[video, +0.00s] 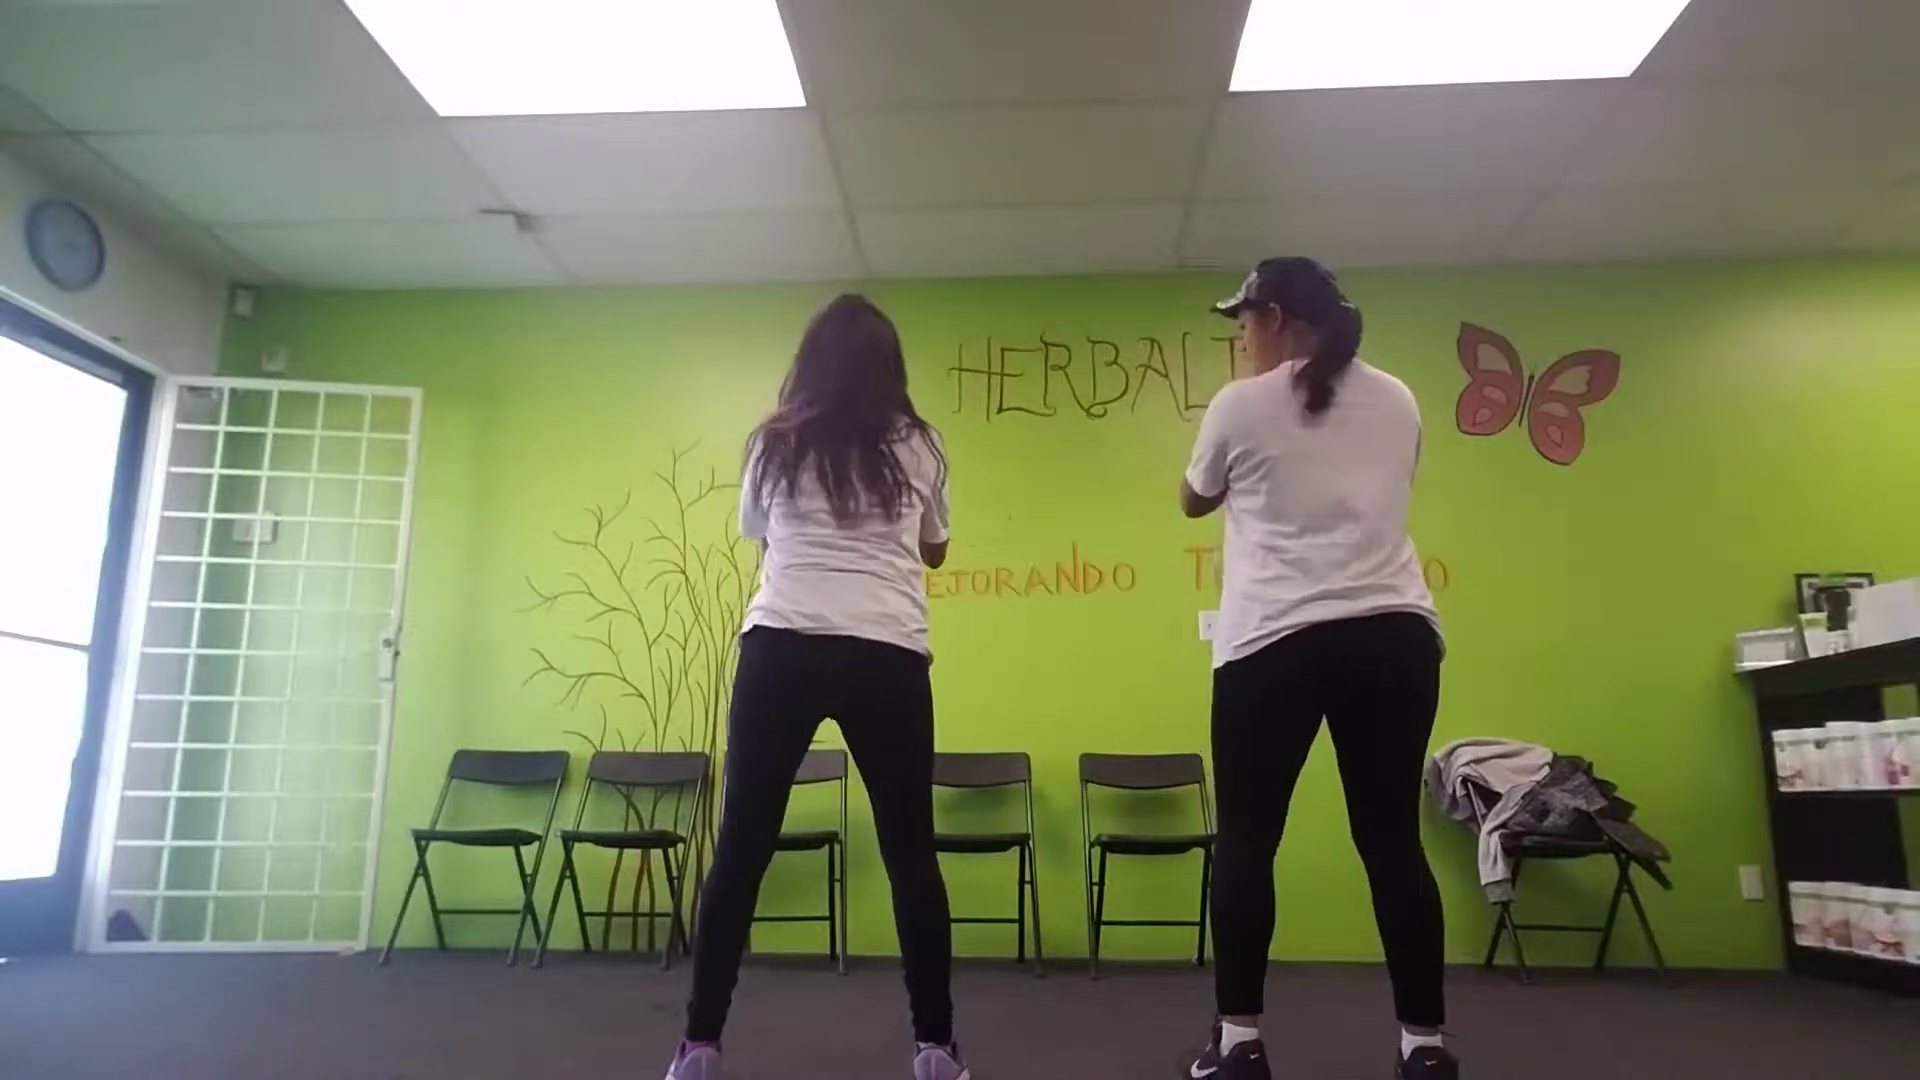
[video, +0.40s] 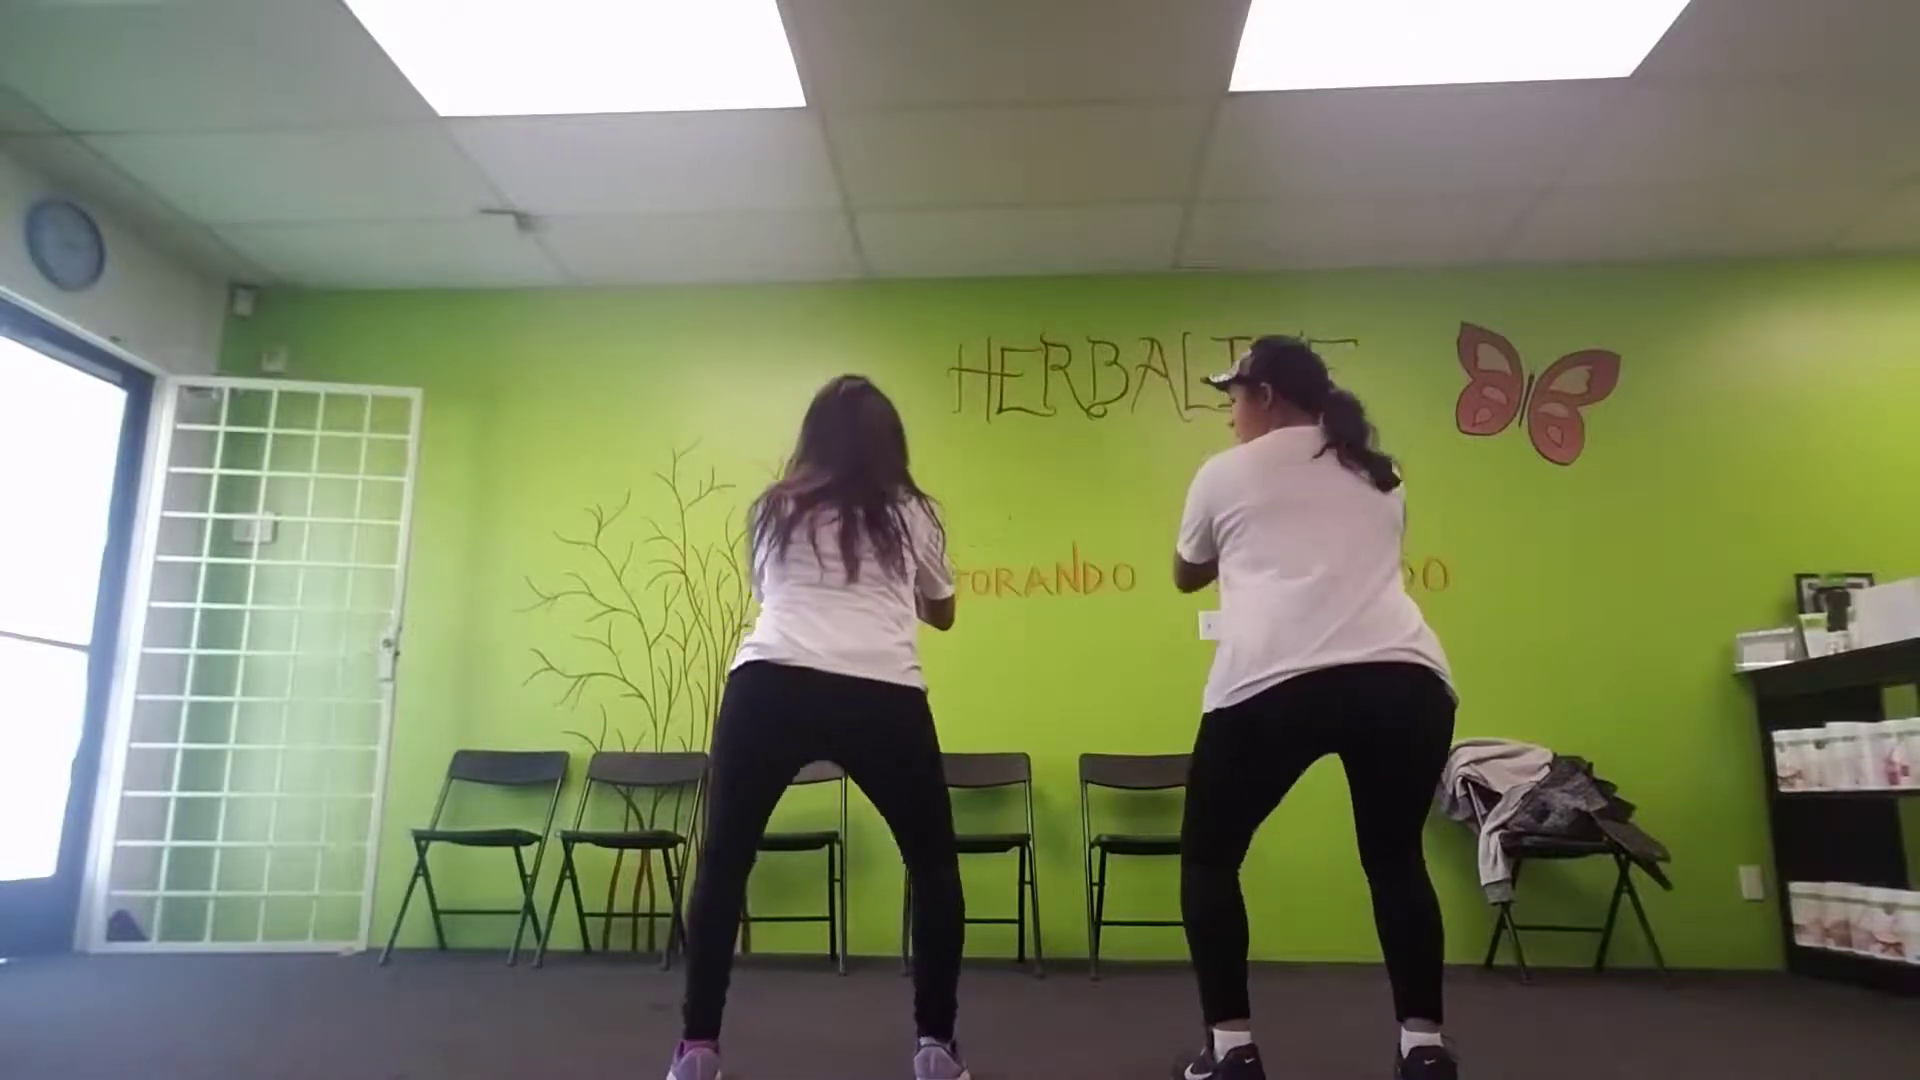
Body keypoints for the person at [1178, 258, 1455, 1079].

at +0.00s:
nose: (1238, 336)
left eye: (1242, 322)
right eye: (1239, 322)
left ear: (1273, 319)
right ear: (1322, 316)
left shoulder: (1240, 404)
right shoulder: (1398, 400)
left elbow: (1197, 497)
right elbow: (1384, 491)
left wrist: (1264, 437)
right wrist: (1286, 458)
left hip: (1274, 646)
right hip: (1395, 639)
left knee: (1245, 844)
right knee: (1394, 841)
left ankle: (1239, 1045)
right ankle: (1425, 1047)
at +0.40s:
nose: (1230, 413)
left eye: (1236, 398)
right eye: (1232, 399)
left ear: (1264, 398)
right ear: (1312, 399)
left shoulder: (1224, 474)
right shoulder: (1379, 472)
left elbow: (1190, 572)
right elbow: (1377, 561)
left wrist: (1272, 540)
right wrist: (1278, 552)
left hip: (1272, 688)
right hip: (1403, 682)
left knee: (1209, 860)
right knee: (1396, 855)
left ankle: (1232, 1049)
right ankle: (1423, 1043)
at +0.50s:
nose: (1224, 458)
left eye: (1229, 443)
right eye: (1225, 443)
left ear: (1259, 440)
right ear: (1305, 443)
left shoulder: (1219, 514)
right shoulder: (1373, 510)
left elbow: (1187, 618)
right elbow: (1375, 595)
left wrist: (1266, 583)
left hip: (1274, 716)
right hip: (1409, 709)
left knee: (1200, 863)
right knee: (1399, 862)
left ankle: (1231, 1049)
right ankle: (1424, 1043)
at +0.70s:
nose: (1215, 538)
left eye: (1220, 524)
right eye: (1215, 525)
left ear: (1250, 524)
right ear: (1296, 526)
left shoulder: (1213, 594)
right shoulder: (1362, 587)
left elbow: (1183, 700)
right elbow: (1376, 676)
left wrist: (1245, 638)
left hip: (1277, 793)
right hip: (1420, 788)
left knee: (1182, 868)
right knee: (1395, 869)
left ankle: (1230, 1047)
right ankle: (1423, 1041)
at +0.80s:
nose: (1215, 579)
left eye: (1219, 566)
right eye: (1215, 566)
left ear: (1249, 565)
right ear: (1299, 566)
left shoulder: (1212, 634)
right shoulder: (1360, 626)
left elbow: (1181, 740)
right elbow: (1376, 715)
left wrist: (1239, 675)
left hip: (1272, 844)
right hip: (1421, 835)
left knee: (1174, 873)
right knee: (1392, 879)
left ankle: (1231, 1046)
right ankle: (1420, 1040)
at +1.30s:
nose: (1212, 536)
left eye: (1217, 524)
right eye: (1212, 524)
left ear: (1243, 528)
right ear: (1295, 529)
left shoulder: (1204, 597)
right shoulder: (1348, 590)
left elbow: (1177, 699)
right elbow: (1368, 675)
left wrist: (1239, 638)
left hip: (1266, 780)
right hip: (1408, 771)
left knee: (1184, 876)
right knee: (1390, 868)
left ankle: (1233, 1043)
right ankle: (1420, 1038)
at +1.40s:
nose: (1215, 484)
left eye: (1218, 470)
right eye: (1216, 470)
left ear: (1242, 472)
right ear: (1297, 471)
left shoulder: (1206, 540)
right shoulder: (1354, 536)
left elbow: (1174, 646)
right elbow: (1363, 615)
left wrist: (1249, 598)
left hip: (1261, 735)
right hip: (1394, 725)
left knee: (1186, 869)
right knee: (1393, 870)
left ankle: (1231, 1044)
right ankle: (1420, 1038)